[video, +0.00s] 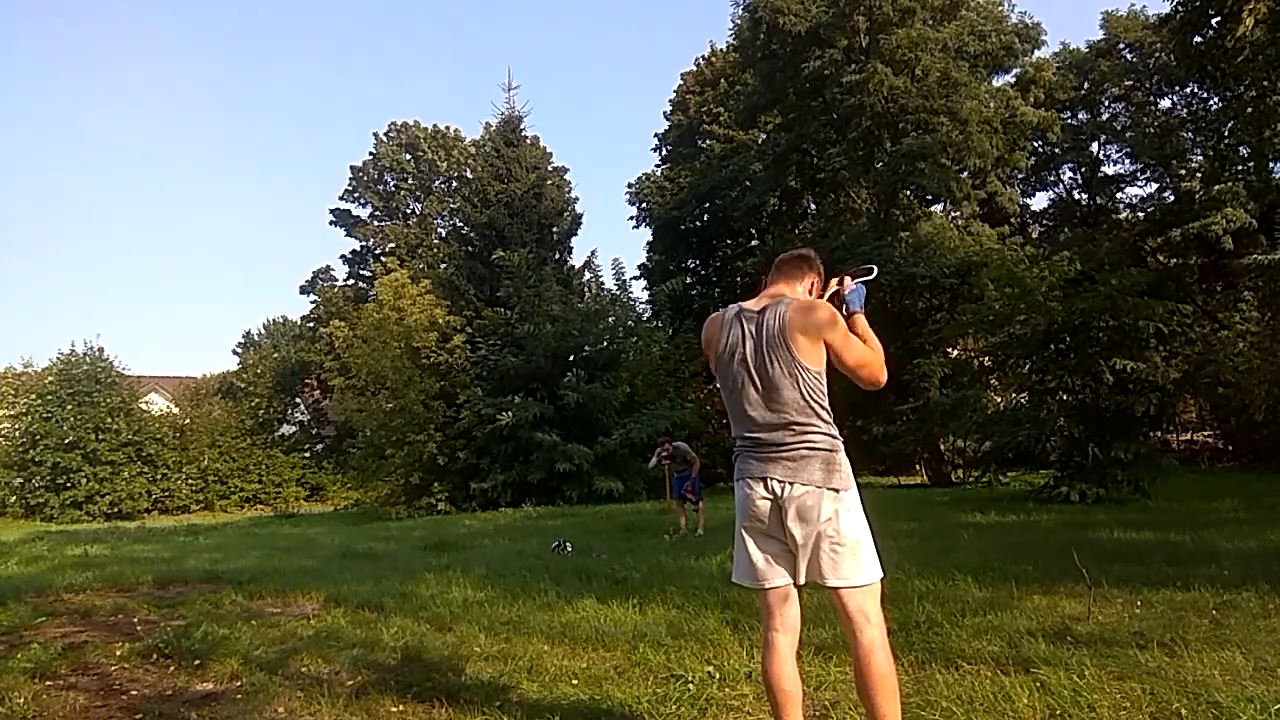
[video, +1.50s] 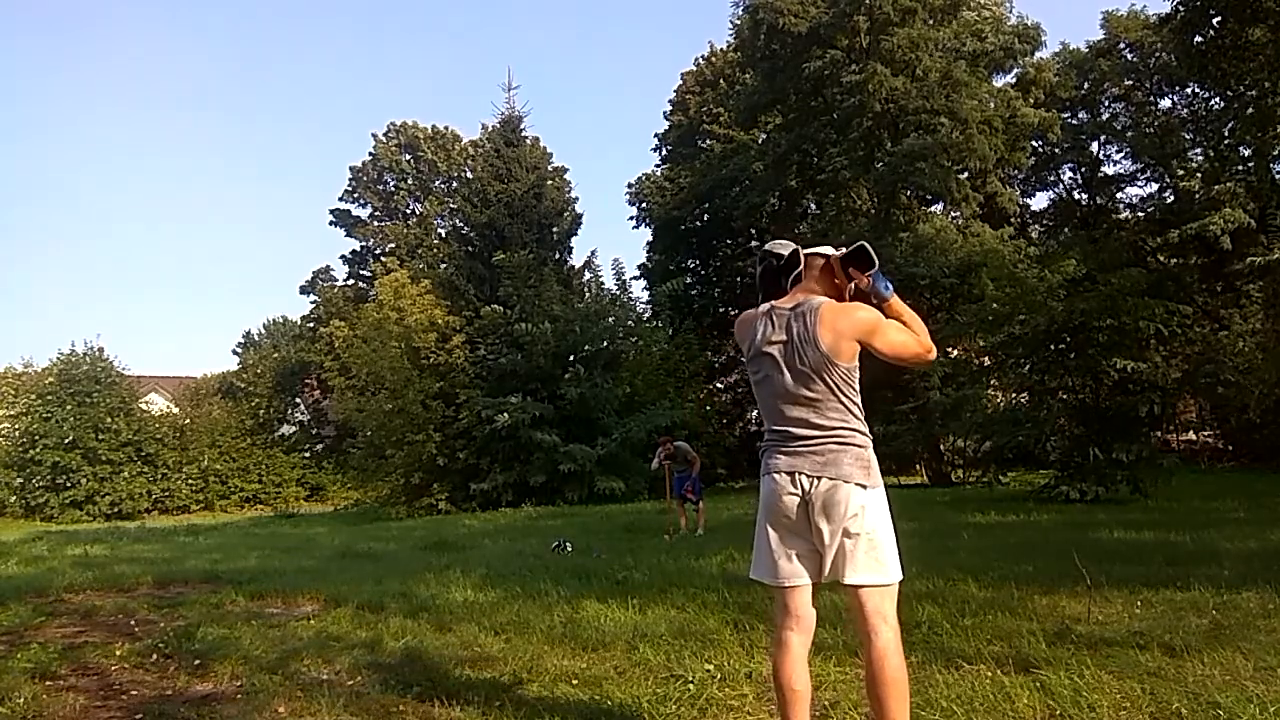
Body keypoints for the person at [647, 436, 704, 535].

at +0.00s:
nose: (666, 452)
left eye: (668, 449)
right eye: (664, 450)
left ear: (671, 445)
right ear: (661, 449)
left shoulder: (682, 447)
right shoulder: (660, 451)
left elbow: (696, 462)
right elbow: (650, 466)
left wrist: (692, 480)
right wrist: (659, 458)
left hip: (690, 473)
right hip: (677, 474)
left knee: (697, 501)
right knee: (679, 502)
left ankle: (700, 527)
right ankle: (683, 528)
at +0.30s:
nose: (667, 452)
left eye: (668, 449)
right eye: (664, 450)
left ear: (671, 446)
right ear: (661, 449)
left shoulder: (682, 447)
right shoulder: (660, 452)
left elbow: (696, 462)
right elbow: (651, 466)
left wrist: (692, 480)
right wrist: (660, 460)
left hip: (690, 473)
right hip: (677, 475)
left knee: (697, 501)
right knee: (679, 502)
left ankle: (700, 528)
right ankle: (683, 528)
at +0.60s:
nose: (667, 452)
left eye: (668, 449)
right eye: (664, 450)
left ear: (672, 445)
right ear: (661, 449)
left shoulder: (682, 447)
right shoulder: (660, 452)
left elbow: (696, 462)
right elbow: (652, 467)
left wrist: (692, 480)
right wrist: (660, 461)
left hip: (690, 473)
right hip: (677, 475)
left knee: (697, 501)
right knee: (679, 502)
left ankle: (700, 528)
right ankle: (683, 528)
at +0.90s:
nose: (667, 452)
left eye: (668, 449)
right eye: (665, 450)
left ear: (672, 446)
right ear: (662, 449)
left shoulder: (682, 447)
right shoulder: (660, 452)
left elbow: (696, 461)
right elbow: (652, 467)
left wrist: (692, 480)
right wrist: (660, 460)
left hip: (690, 472)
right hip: (677, 475)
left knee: (697, 501)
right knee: (679, 502)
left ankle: (700, 528)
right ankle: (683, 528)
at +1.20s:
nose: (667, 452)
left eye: (668, 449)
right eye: (665, 450)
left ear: (672, 446)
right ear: (662, 449)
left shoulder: (682, 447)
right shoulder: (660, 451)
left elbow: (696, 461)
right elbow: (652, 467)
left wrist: (692, 480)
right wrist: (660, 460)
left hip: (690, 472)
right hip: (677, 474)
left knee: (697, 501)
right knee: (679, 502)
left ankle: (700, 528)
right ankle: (683, 528)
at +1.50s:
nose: (668, 452)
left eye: (669, 449)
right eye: (665, 450)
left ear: (673, 445)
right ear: (662, 449)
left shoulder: (682, 447)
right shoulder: (661, 451)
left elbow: (697, 461)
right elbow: (653, 467)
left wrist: (692, 480)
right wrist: (660, 460)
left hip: (690, 472)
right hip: (677, 474)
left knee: (697, 501)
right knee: (679, 502)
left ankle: (700, 527)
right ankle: (683, 528)